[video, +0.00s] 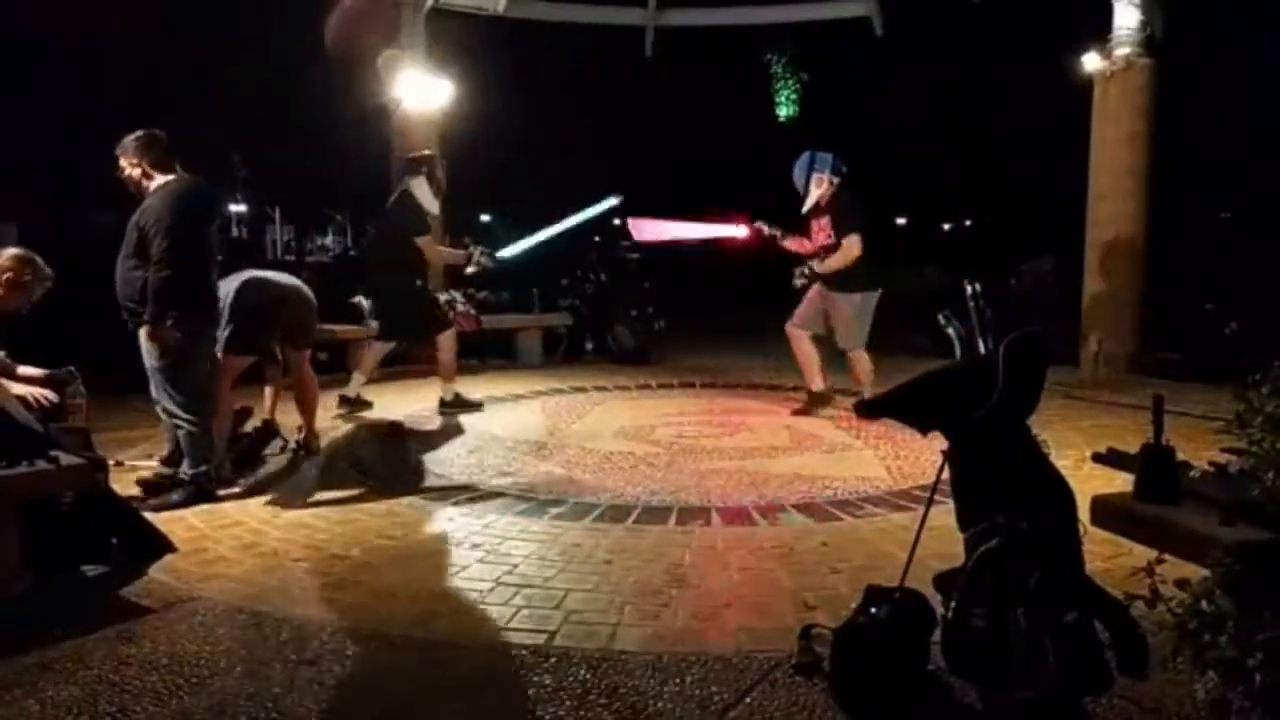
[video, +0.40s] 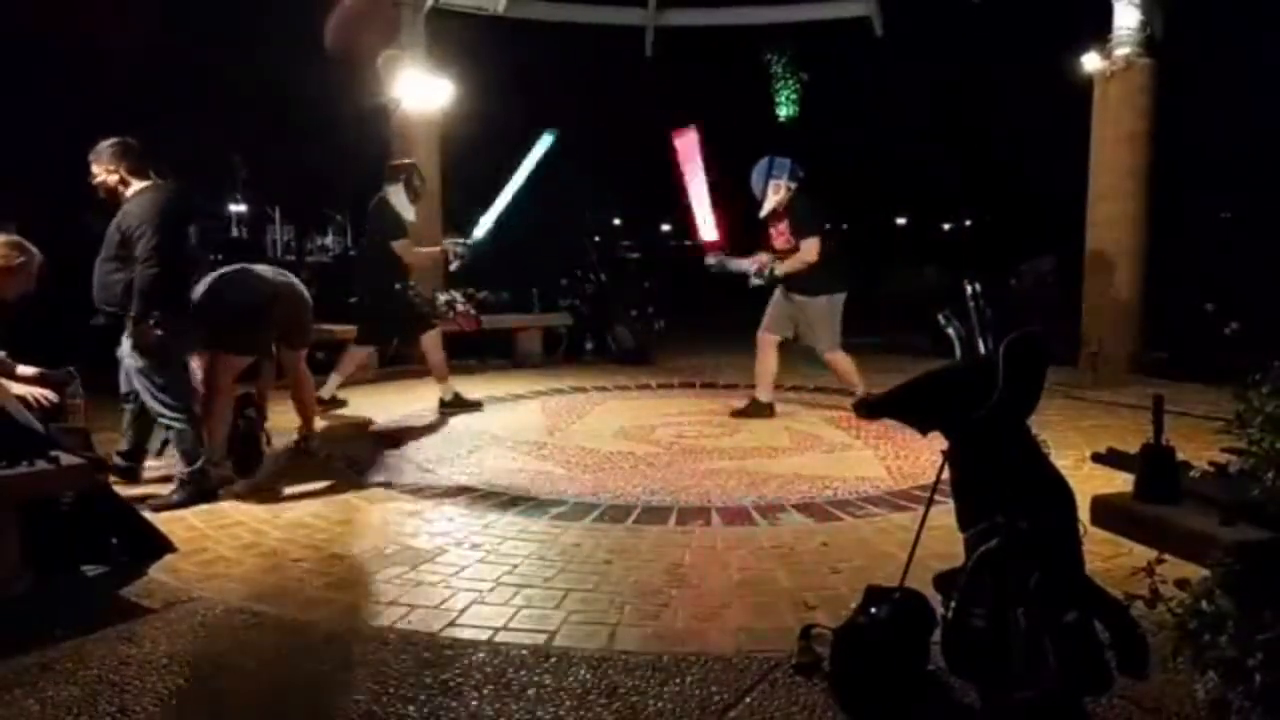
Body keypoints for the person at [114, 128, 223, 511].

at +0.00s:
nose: (124, 175)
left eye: (125, 166)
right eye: (122, 168)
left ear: (140, 164)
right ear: (158, 159)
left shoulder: (166, 203)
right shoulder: (186, 193)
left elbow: (165, 266)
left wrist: (154, 320)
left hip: (171, 318)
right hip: (181, 313)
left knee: (181, 400)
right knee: (167, 397)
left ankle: (198, 475)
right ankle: (177, 462)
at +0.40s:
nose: (97, 184)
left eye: (98, 175)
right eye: (95, 176)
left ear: (117, 171)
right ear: (125, 169)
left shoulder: (148, 207)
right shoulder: (148, 200)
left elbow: (150, 266)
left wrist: (140, 318)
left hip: (146, 319)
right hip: (132, 316)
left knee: (166, 402)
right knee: (134, 394)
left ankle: (196, 474)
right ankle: (128, 460)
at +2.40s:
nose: (87, 193)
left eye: (94, 187)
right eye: (82, 186)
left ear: (114, 179)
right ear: (75, 181)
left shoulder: (143, 206)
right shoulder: (74, 210)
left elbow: (170, 245)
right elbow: (67, 254)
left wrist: (122, 249)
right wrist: (56, 290)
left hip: (129, 317)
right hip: (85, 317)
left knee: (131, 398)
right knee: (101, 397)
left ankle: (143, 467)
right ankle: (113, 459)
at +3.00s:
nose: (56, 190)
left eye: (61, 183)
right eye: (54, 183)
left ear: (85, 176)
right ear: (74, 179)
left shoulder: (128, 206)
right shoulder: (67, 209)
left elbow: (159, 254)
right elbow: (68, 262)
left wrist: (127, 299)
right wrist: (61, 304)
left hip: (114, 324)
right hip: (75, 324)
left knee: (131, 405)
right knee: (76, 401)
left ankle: (139, 470)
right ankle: (86, 465)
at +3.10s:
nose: (55, 189)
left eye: (60, 182)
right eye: (52, 183)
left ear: (84, 175)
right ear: (61, 180)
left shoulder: (126, 207)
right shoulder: (63, 212)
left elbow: (156, 257)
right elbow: (63, 264)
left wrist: (128, 301)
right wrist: (58, 304)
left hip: (112, 323)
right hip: (73, 323)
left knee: (129, 403)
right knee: (72, 398)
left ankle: (140, 468)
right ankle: (85, 461)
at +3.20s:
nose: (39, 192)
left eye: (44, 183)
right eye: (37, 185)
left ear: (69, 177)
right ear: (57, 181)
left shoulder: (115, 206)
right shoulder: (48, 216)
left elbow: (145, 255)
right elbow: (49, 267)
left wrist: (127, 305)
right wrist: (54, 312)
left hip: (107, 326)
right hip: (66, 328)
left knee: (126, 402)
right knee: (70, 406)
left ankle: (140, 468)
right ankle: (86, 470)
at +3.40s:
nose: (5, 203)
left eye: (7, 194)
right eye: (2, 196)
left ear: (28, 184)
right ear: (21, 189)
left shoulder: (88, 204)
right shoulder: (25, 230)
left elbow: (129, 238)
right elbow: (23, 282)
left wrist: (129, 292)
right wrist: (26, 315)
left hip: (100, 321)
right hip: (54, 327)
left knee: (117, 398)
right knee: (49, 403)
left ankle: (138, 468)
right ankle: (58, 475)